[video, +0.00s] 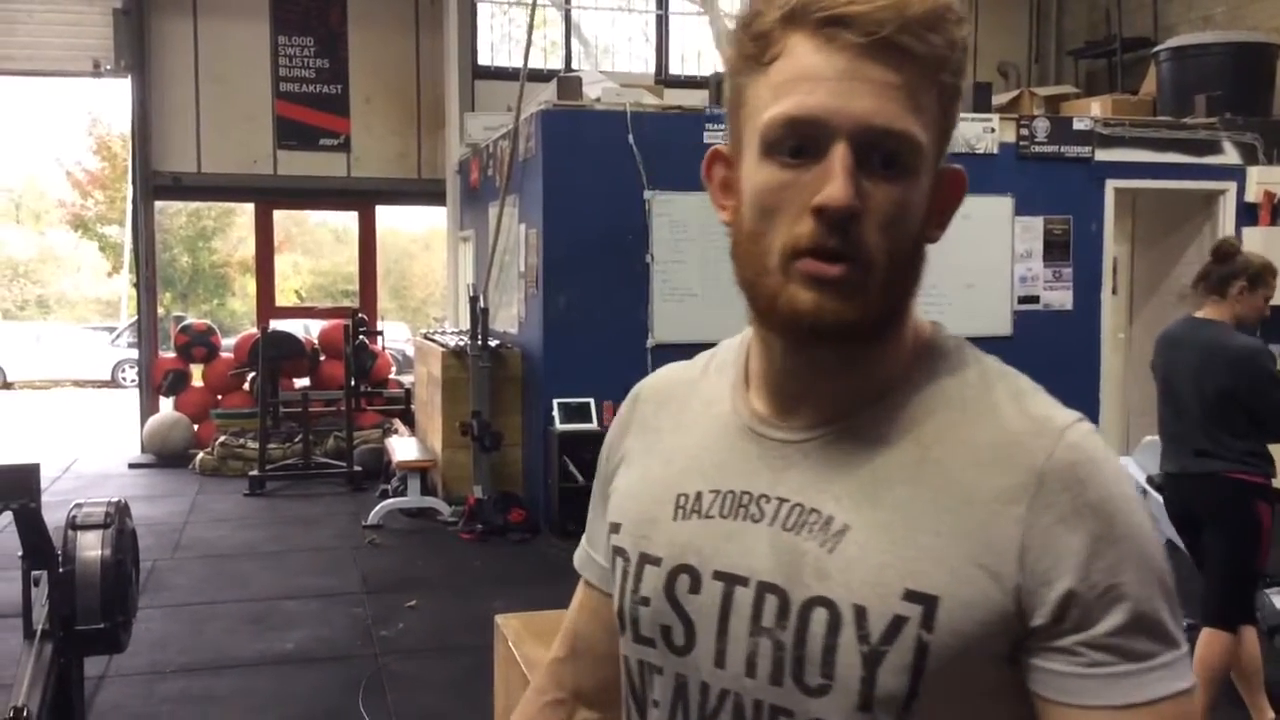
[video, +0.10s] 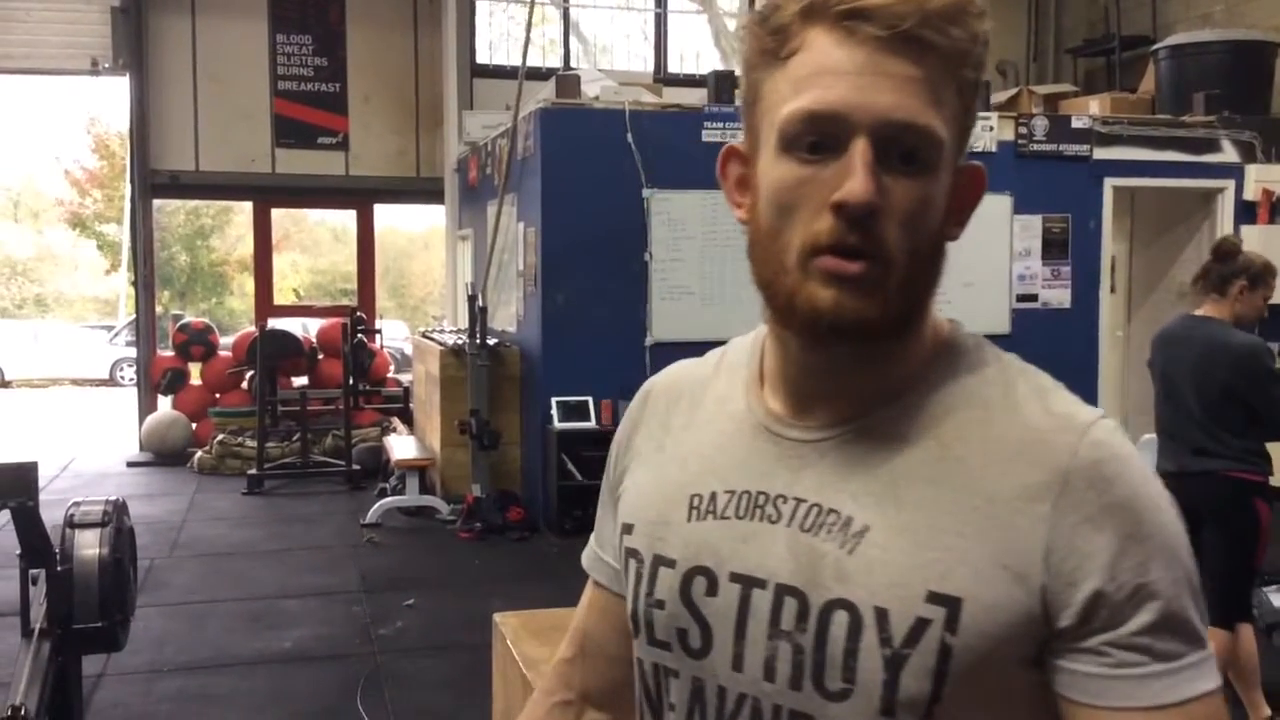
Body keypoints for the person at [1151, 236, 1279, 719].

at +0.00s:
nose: (1268, 309)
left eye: (1269, 299)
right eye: (1265, 298)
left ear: (1224, 288)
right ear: (1239, 291)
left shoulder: (1168, 340)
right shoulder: (1250, 353)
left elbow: (1181, 408)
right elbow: (1273, 424)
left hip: (1180, 484)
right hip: (1236, 488)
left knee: (1235, 606)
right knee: (1221, 612)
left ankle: (1261, 711)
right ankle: (1194, 713)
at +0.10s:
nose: (1266, 309)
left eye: (1268, 300)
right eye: (1265, 299)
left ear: (1221, 286)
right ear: (1240, 291)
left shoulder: (1165, 339)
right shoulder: (1249, 350)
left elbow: (1175, 408)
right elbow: (1273, 422)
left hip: (1178, 482)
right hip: (1235, 486)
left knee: (1234, 608)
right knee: (1219, 612)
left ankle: (1257, 709)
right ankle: (1202, 710)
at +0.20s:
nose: (1262, 309)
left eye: (1265, 299)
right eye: (1261, 298)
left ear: (1218, 284)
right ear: (1238, 289)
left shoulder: (1162, 336)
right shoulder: (1246, 348)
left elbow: (1167, 401)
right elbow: (1272, 420)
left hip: (1174, 478)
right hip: (1232, 483)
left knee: (1183, 595)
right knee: (1233, 603)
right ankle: (1253, 705)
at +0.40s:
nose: (1253, 305)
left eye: (1255, 295)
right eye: (1253, 294)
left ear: (1206, 279)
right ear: (1230, 284)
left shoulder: (1155, 330)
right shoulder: (1236, 342)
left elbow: (1156, 391)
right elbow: (1263, 418)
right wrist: (1214, 403)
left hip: (1164, 471)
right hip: (1223, 477)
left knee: (1173, 589)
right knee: (1226, 597)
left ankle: (1172, 698)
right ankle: (1245, 702)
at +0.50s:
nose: (1248, 303)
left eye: (1250, 292)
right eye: (1248, 291)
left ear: (1197, 277)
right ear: (1228, 283)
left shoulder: (1152, 330)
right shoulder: (1232, 341)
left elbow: (1155, 393)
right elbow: (1259, 417)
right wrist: (1207, 402)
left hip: (1161, 472)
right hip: (1219, 477)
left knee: (1170, 587)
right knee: (1223, 595)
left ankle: (1171, 697)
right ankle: (1240, 701)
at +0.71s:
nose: (1230, 285)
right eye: (1229, 278)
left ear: (1182, 278)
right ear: (1228, 282)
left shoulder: (1149, 331)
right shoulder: (1239, 339)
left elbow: (1154, 393)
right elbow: (1260, 417)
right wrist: (1210, 398)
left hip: (1157, 474)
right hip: (1217, 478)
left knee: (1211, 594)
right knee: (1196, 602)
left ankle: (1235, 701)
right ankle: (1170, 705)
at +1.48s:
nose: (1262, 250)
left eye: (1258, 240)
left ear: (1253, 242)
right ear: (1279, 243)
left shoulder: (1227, 302)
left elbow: (1223, 360)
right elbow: (1225, 359)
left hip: (1245, 442)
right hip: (1268, 442)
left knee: (1267, 566)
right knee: (1270, 568)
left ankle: (1259, 677)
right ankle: (1256, 678)